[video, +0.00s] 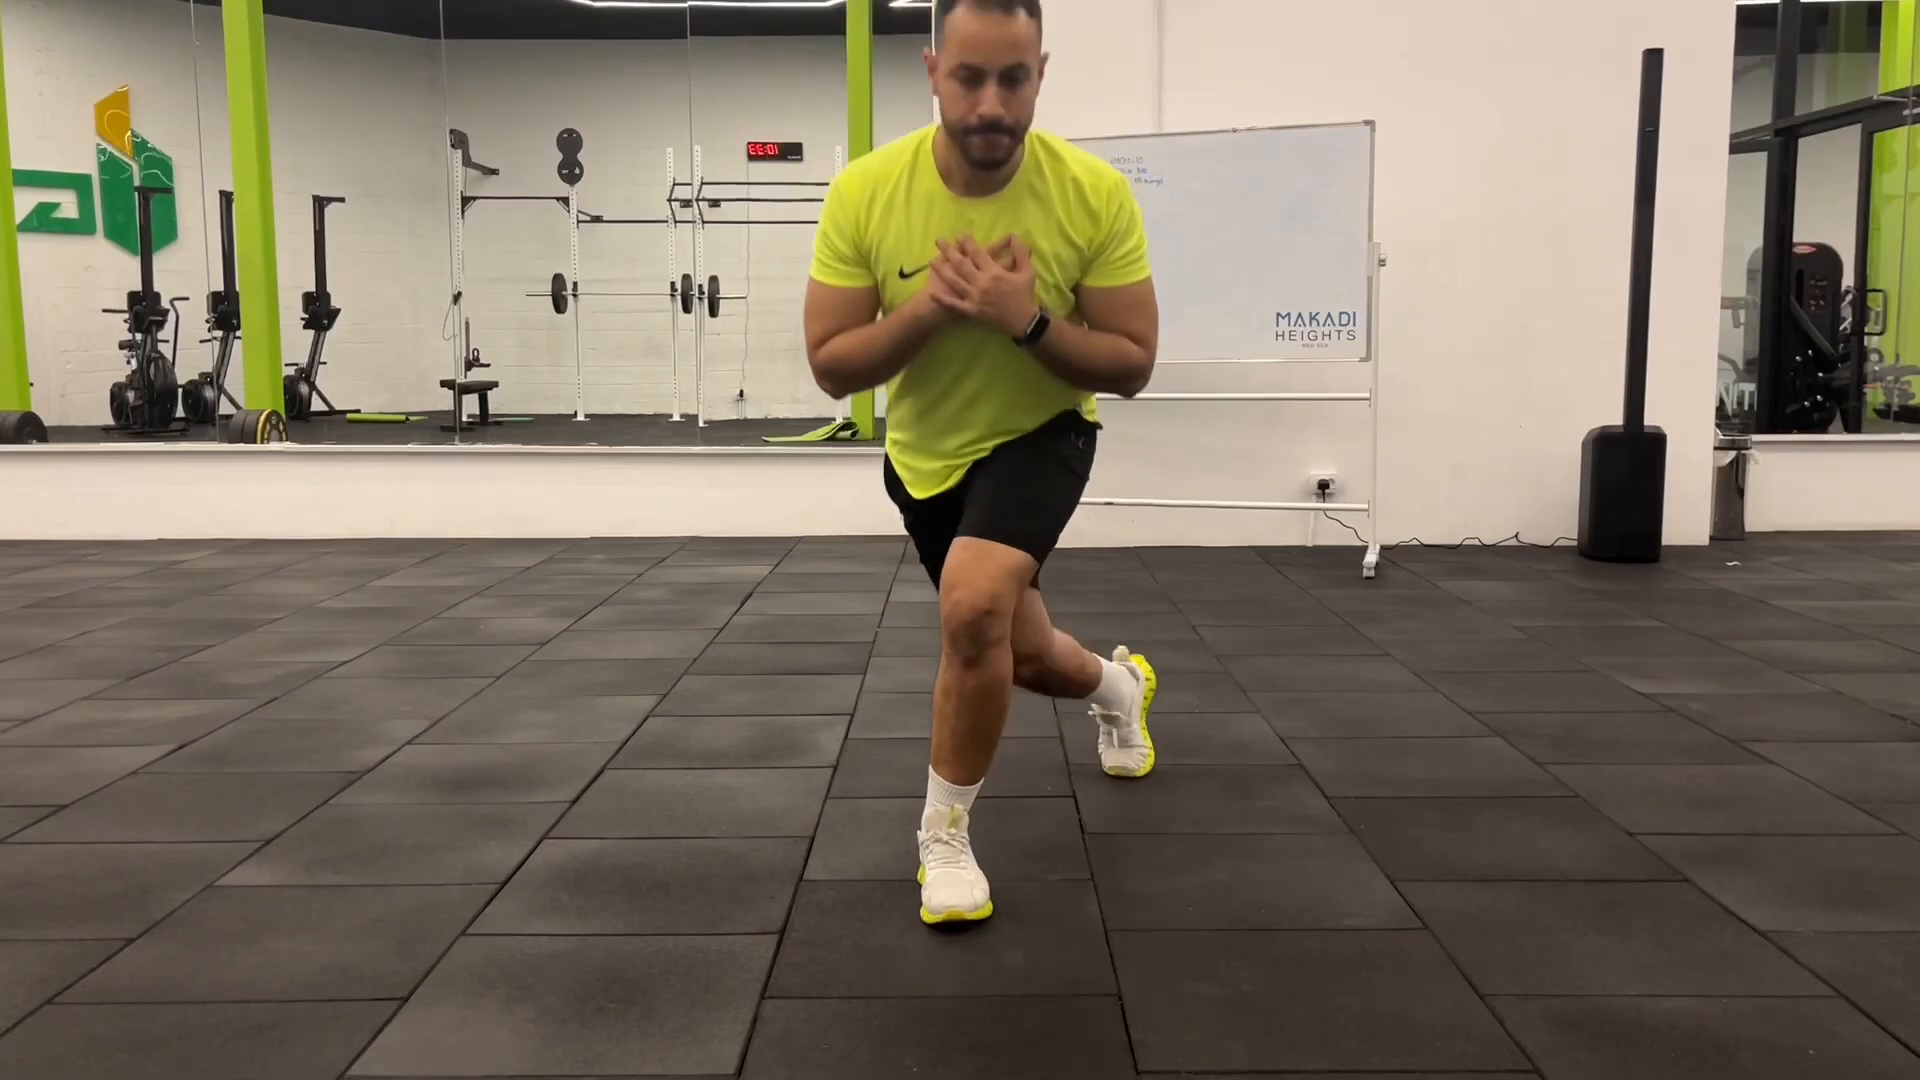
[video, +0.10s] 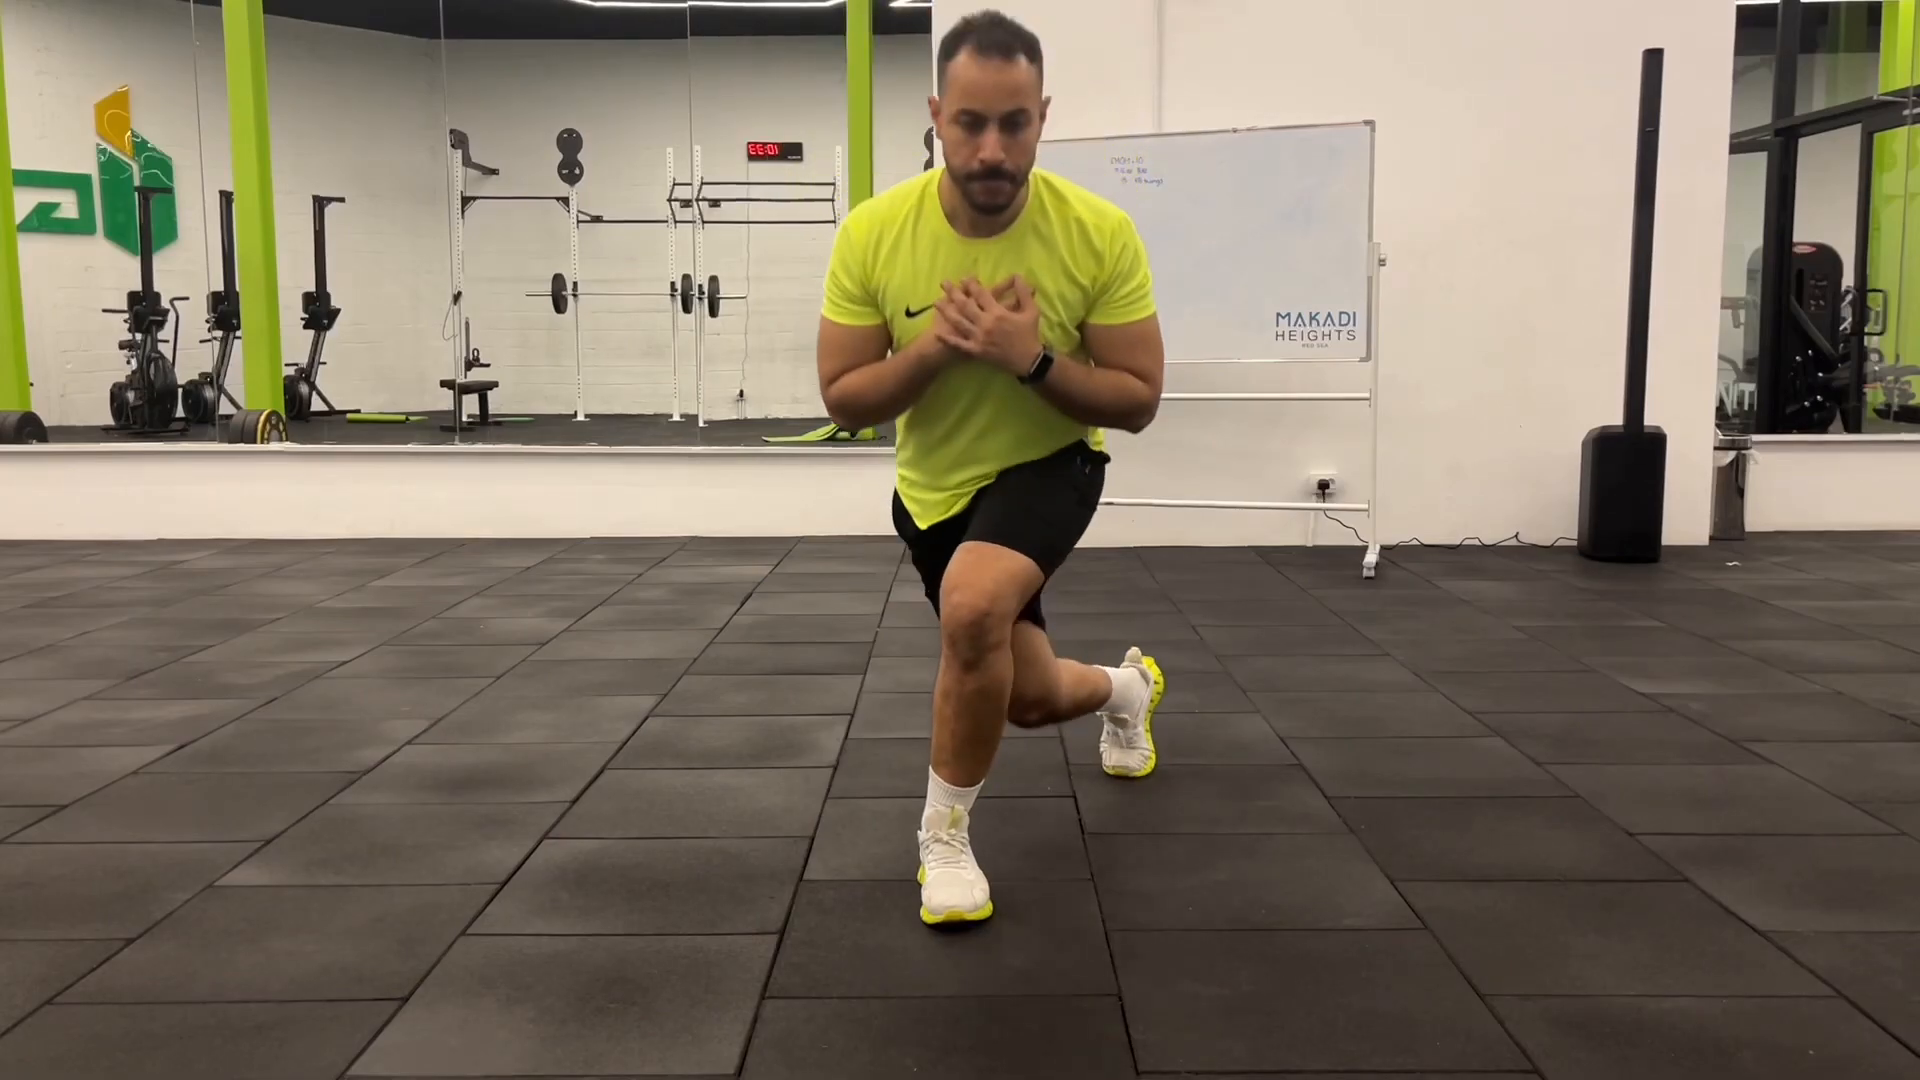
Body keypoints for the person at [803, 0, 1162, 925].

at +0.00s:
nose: (990, 106)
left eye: (1014, 80)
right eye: (969, 80)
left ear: (1041, 77)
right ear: (932, 72)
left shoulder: (1095, 196)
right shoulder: (865, 193)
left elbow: (1132, 363)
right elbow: (831, 364)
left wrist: (1030, 320)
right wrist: (930, 307)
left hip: (1041, 431)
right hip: (925, 450)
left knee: (971, 608)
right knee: (1023, 651)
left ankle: (946, 835)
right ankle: (1118, 687)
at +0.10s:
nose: (992, 151)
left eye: (1013, 124)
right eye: (971, 124)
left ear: (1042, 120)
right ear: (937, 119)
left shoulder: (1099, 236)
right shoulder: (871, 237)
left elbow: (1137, 399)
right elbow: (844, 399)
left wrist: (1035, 359)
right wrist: (933, 346)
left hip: (1050, 459)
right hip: (934, 481)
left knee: (971, 608)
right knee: (1025, 697)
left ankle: (946, 835)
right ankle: (1128, 686)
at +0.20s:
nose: (994, 177)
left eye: (1015, 151)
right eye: (973, 150)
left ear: (1043, 149)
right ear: (937, 150)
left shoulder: (1103, 265)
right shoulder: (877, 266)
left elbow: (1142, 426)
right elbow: (851, 430)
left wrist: (1036, 386)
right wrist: (937, 373)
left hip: (1058, 484)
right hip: (940, 509)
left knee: (970, 609)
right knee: (1029, 729)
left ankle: (944, 831)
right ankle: (1126, 687)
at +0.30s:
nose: (996, 195)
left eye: (1016, 170)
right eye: (975, 169)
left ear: (1045, 169)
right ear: (940, 166)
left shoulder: (1104, 286)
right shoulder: (882, 289)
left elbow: (1143, 447)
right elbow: (855, 453)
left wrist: (1039, 403)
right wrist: (941, 390)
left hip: (1062, 502)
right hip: (944, 525)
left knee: (971, 614)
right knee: (1025, 752)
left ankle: (943, 831)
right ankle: (1125, 690)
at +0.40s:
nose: (998, 208)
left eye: (1019, 183)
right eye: (978, 182)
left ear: (1048, 182)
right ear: (944, 181)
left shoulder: (1106, 301)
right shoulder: (885, 303)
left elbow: (1144, 462)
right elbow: (860, 466)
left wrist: (1041, 417)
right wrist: (943, 403)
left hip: (1062, 515)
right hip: (945, 538)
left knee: (973, 613)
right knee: (1027, 770)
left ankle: (944, 833)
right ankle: (1126, 692)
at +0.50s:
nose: (999, 217)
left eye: (1020, 193)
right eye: (979, 192)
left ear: (1048, 193)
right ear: (946, 191)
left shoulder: (1106, 313)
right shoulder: (885, 313)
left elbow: (1144, 473)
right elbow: (858, 477)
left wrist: (1040, 426)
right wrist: (943, 413)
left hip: (1063, 523)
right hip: (944, 546)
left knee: (970, 613)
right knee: (1028, 782)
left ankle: (943, 831)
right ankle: (1124, 693)